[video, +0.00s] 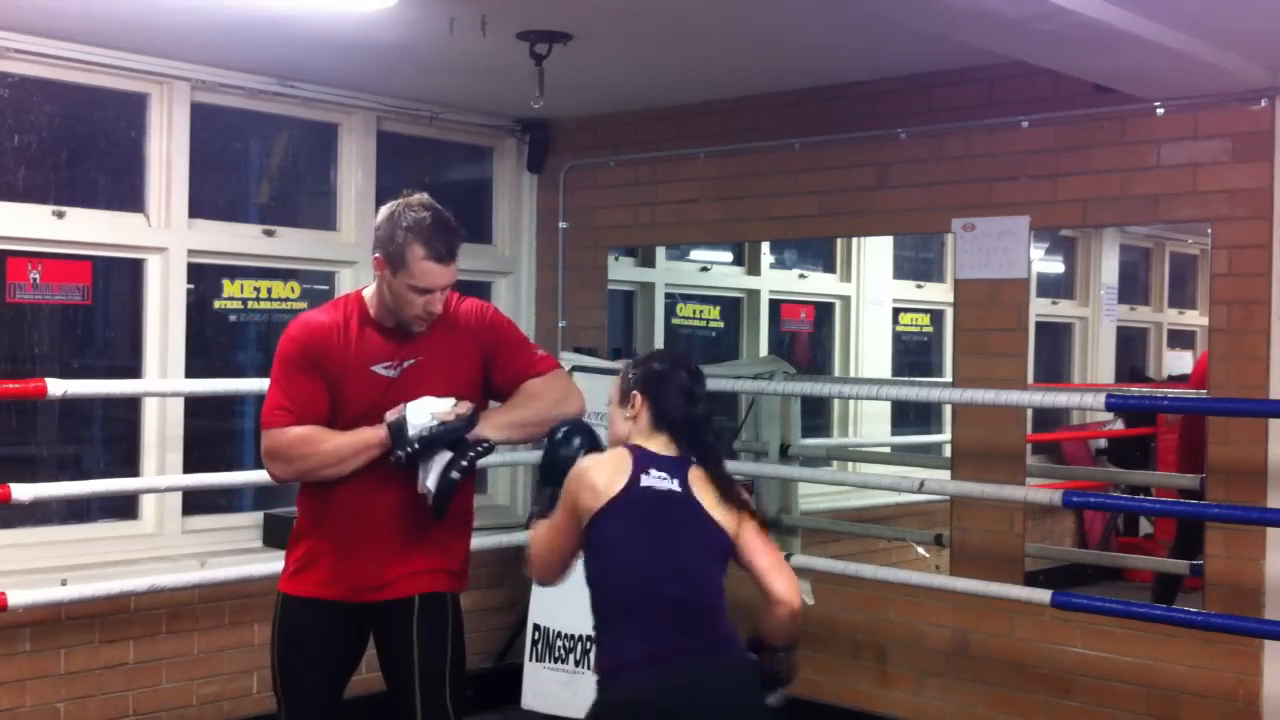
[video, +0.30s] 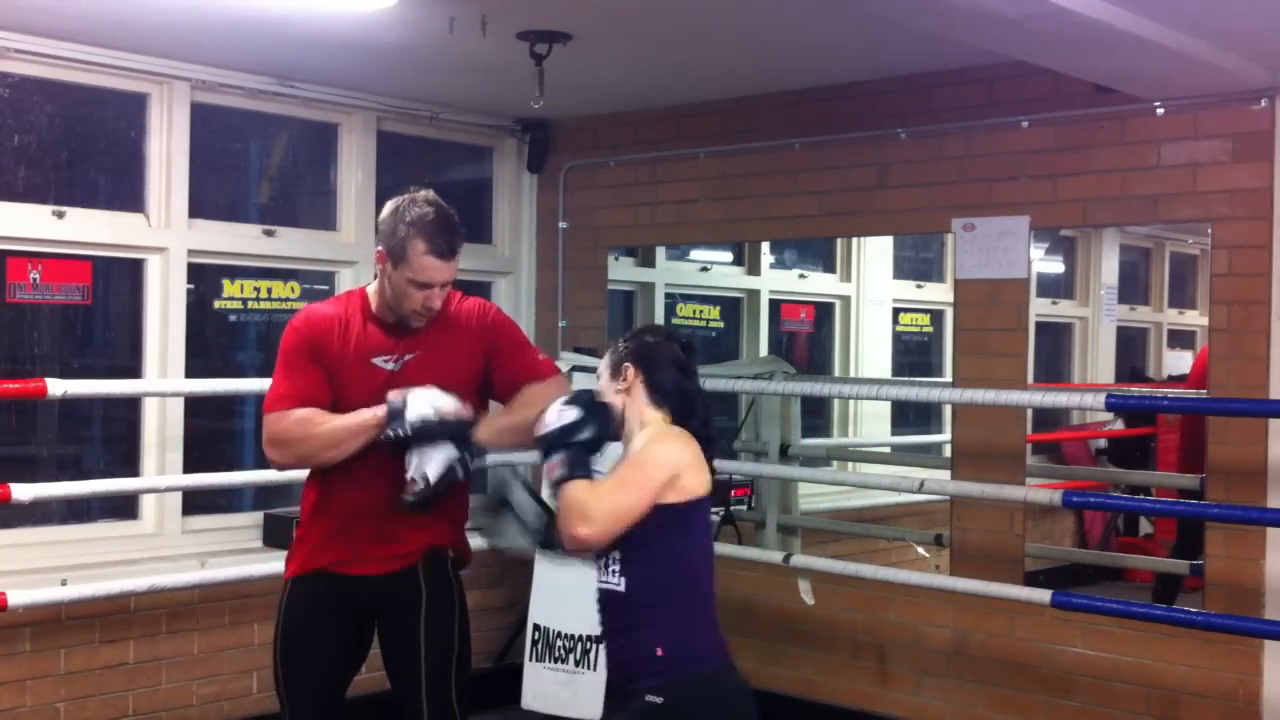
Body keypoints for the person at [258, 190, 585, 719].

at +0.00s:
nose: (437, 305)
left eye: (447, 289)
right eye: (423, 291)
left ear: (453, 267)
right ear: (381, 269)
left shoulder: (476, 324)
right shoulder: (315, 335)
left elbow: (563, 397)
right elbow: (282, 457)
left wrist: (470, 430)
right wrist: (392, 433)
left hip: (424, 577)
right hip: (322, 577)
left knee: (434, 711)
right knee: (303, 712)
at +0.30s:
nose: (435, 301)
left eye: (447, 285)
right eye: (422, 286)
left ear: (457, 267)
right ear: (382, 264)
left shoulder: (478, 323)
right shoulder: (317, 328)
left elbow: (552, 394)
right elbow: (281, 441)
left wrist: (467, 439)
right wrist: (389, 415)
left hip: (425, 563)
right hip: (327, 564)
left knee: (435, 708)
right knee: (306, 706)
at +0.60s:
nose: (467, 293)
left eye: (479, 279)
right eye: (455, 276)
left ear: (488, 267)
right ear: (416, 254)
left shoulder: (480, 345)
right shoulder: (341, 311)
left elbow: (497, 464)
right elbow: (320, 424)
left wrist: (468, 465)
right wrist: (424, 398)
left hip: (433, 576)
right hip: (334, 576)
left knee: (452, 709)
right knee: (314, 711)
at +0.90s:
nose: (471, 299)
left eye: (483, 285)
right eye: (459, 282)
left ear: (492, 271)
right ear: (421, 258)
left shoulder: (478, 345)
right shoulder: (342, 315)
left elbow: (498, 467)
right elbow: (324, 432)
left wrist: (478, 456)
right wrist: (431, 401)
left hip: (439, 579)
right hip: (339, 580)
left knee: (456, 710)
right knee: (318, 712)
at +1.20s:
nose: (452, 307)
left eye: (465, 291)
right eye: (439, 291)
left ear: (476, 273)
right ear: (404, 263)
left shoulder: (478, 341)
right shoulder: (333, 316)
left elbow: (502, 458)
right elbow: (316, 433)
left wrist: (467, 436)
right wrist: (419, 391)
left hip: (439, 579)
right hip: (340, 583)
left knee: (456, 711)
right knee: (320, 713)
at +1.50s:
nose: (436, 300)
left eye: (446, 285)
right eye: (421, 285)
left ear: (455, 267)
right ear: (384, 263)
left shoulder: (462, 334)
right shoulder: (323, 315)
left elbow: (495, 442)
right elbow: (315, 429)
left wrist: (464, 441)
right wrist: (420, 390)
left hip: (437, 578)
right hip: (336, 582)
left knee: (452, 709)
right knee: (319, 713)